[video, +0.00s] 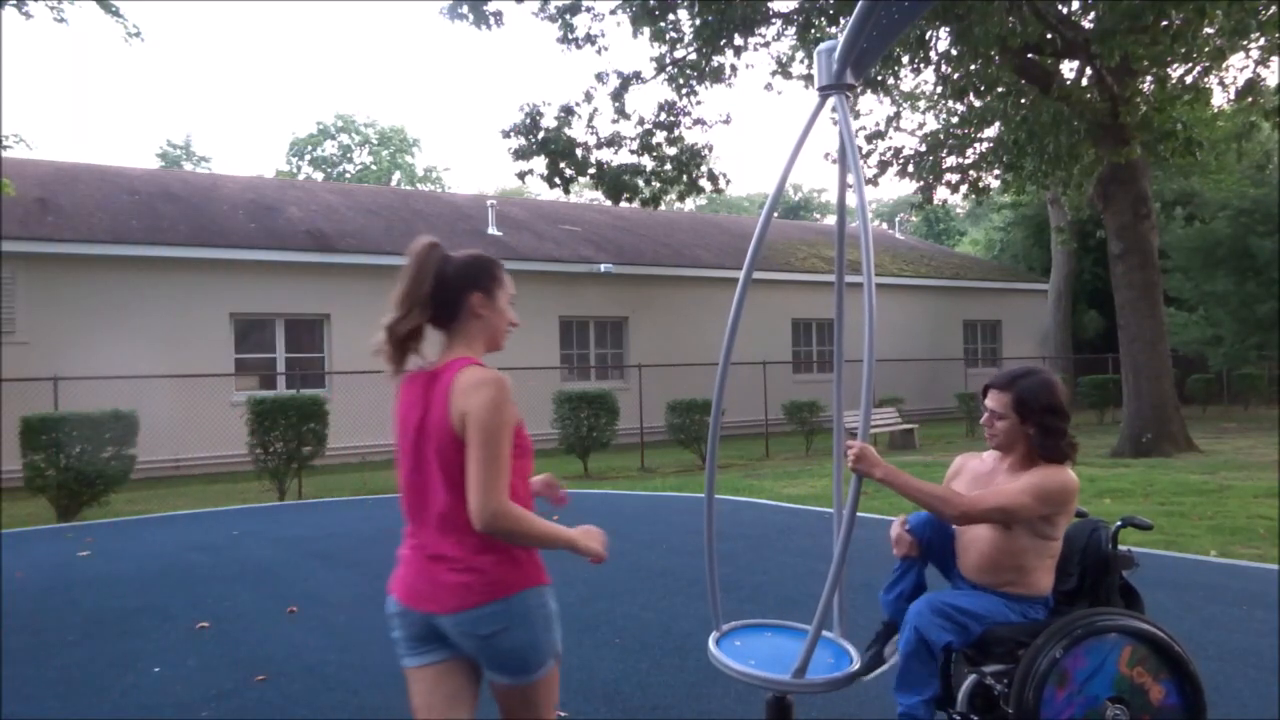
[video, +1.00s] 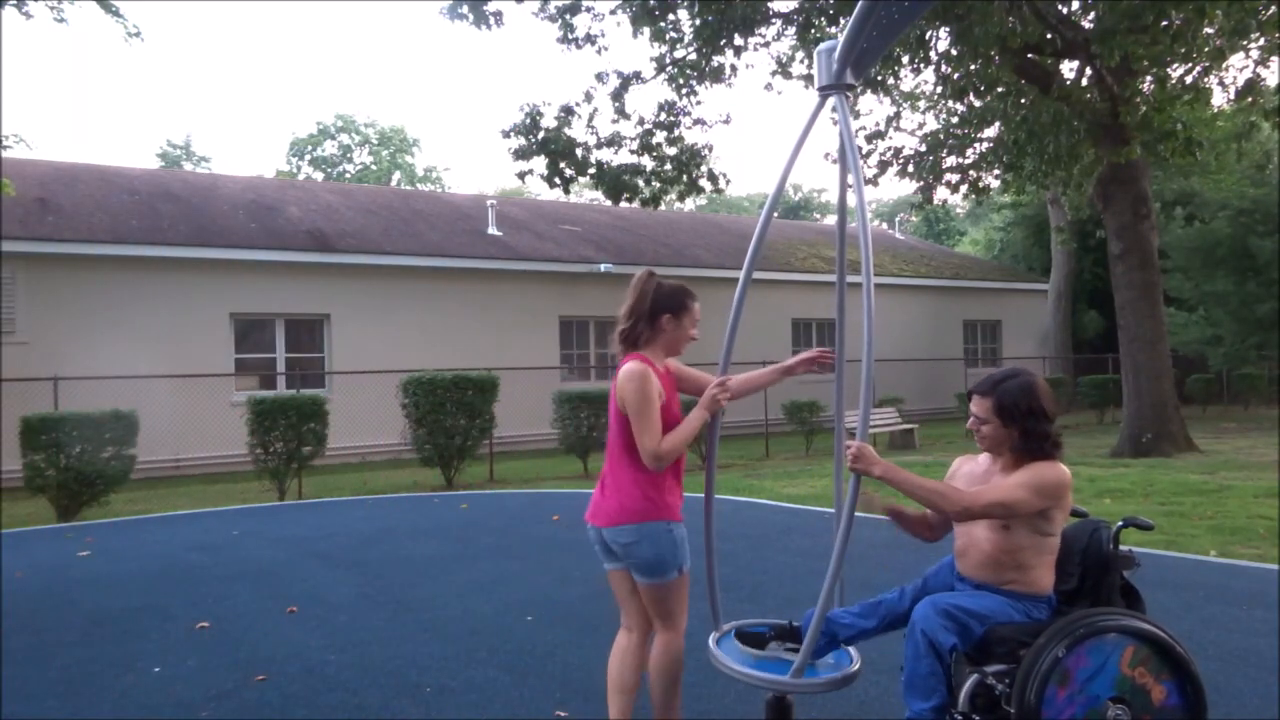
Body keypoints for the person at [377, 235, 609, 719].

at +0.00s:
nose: (515, 317)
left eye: (513, 303)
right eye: (509, 302)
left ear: (470, 304)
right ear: (478, 304)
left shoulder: (411, 386)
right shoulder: (485, 386)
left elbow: (437, 485)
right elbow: (489, 512)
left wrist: (527, 485)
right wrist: (573, 537)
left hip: (417, 593)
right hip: (496, 596)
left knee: (438, 713)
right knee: (534, 712)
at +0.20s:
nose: (565, 330)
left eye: (564, 318)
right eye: (563, 317)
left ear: (503, 322)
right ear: (538, 317)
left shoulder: (472, 393)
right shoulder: (543, 396)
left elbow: (504, 479)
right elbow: (553, 514)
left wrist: (585, 462)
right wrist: (635, 536)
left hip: (485, 575)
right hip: (558, 575)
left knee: (502, 712)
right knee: (582, 708)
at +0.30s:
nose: (589, 326)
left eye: (590, 315)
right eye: (587, 314)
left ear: (528, 316)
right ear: (565, 315)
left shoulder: (499, 385)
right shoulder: (571, 392)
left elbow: (535, 458)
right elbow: (590, 503)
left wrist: (609, 438)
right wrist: (662, 511)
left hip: (513, 563)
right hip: (582, 566)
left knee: (540, 689)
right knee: (588, 704)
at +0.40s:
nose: (608, 322)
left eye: (609, 312)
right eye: (607, 311)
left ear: (547, 312)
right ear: (588, 312)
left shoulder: (520, 378)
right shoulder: (594, 385)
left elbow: (561, 435)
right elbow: (626, 488)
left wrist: (626, 409)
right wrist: (684, 478)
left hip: (531, 550)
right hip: (597, 553)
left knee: (561, 658)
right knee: (595, 689)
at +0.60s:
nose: (639, 334)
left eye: (638, 323)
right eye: (637, 322)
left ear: (585, 323)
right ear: (615, 323)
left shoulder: (559, 380)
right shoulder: (622, 389)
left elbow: (616, 406)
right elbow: (680, 465)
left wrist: (673, 374)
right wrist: (707, 417)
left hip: (562, 543)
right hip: (623, 545)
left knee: (588, 656)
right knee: (606, 684)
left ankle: (587, 713)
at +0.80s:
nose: (667, 339)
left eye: (667, 329)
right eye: (664, 328)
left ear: (626, 327)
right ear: (638, 328)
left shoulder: (597, 376)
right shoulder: (632, 389)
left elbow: (674, 388)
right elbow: (677, 465)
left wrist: (733, 365)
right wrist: (706, 411)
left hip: (588, 536)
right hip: (635, 541)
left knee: (621, 639)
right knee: (652, 655)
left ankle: (611, 715)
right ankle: (621, 713)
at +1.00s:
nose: (697, 333)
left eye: (697, 323)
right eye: (692, 323)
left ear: (664, 323)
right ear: (665, 323)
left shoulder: (659, 367)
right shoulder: (639, 375)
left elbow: (722, 388)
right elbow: (655, 454)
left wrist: (786, 368)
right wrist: (703, 408)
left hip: (610, 515)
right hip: (649, 520)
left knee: (634, 627)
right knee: (669, 629)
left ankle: (617, 716)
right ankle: (667, 715)